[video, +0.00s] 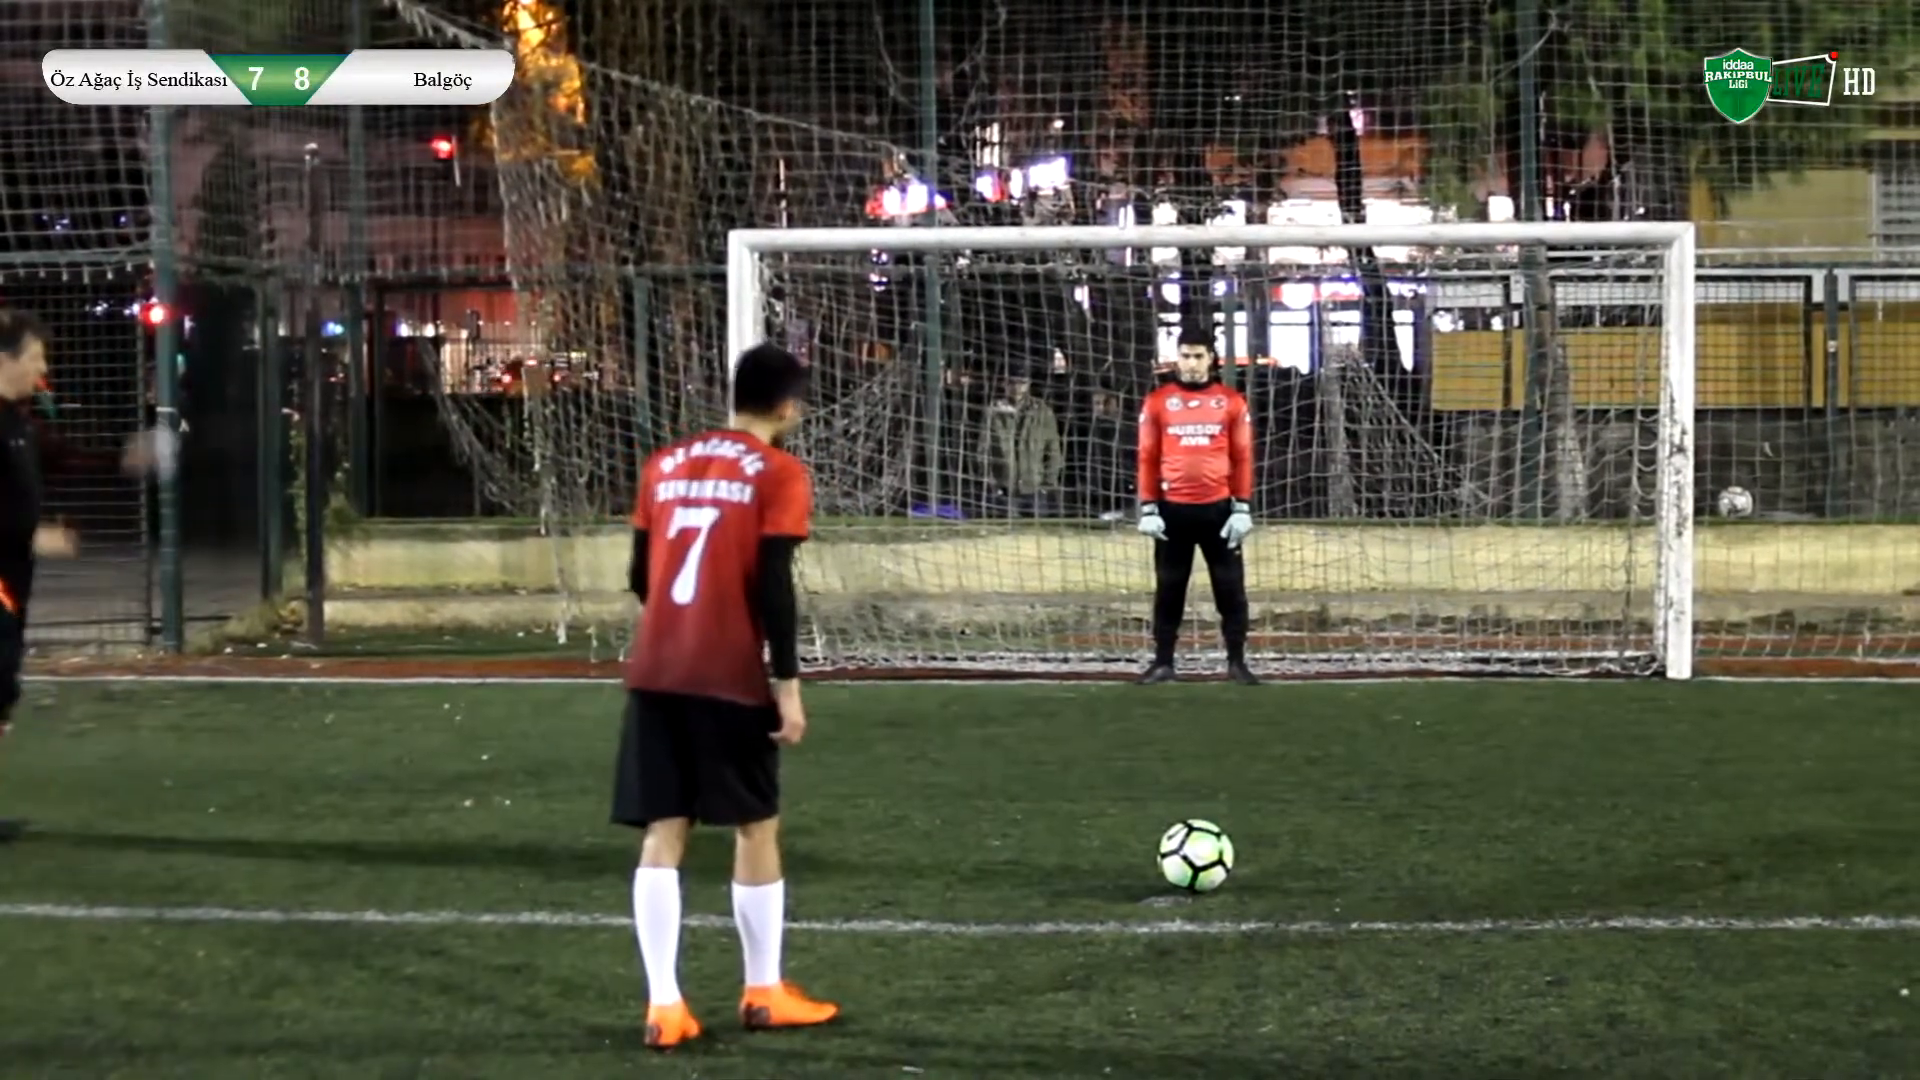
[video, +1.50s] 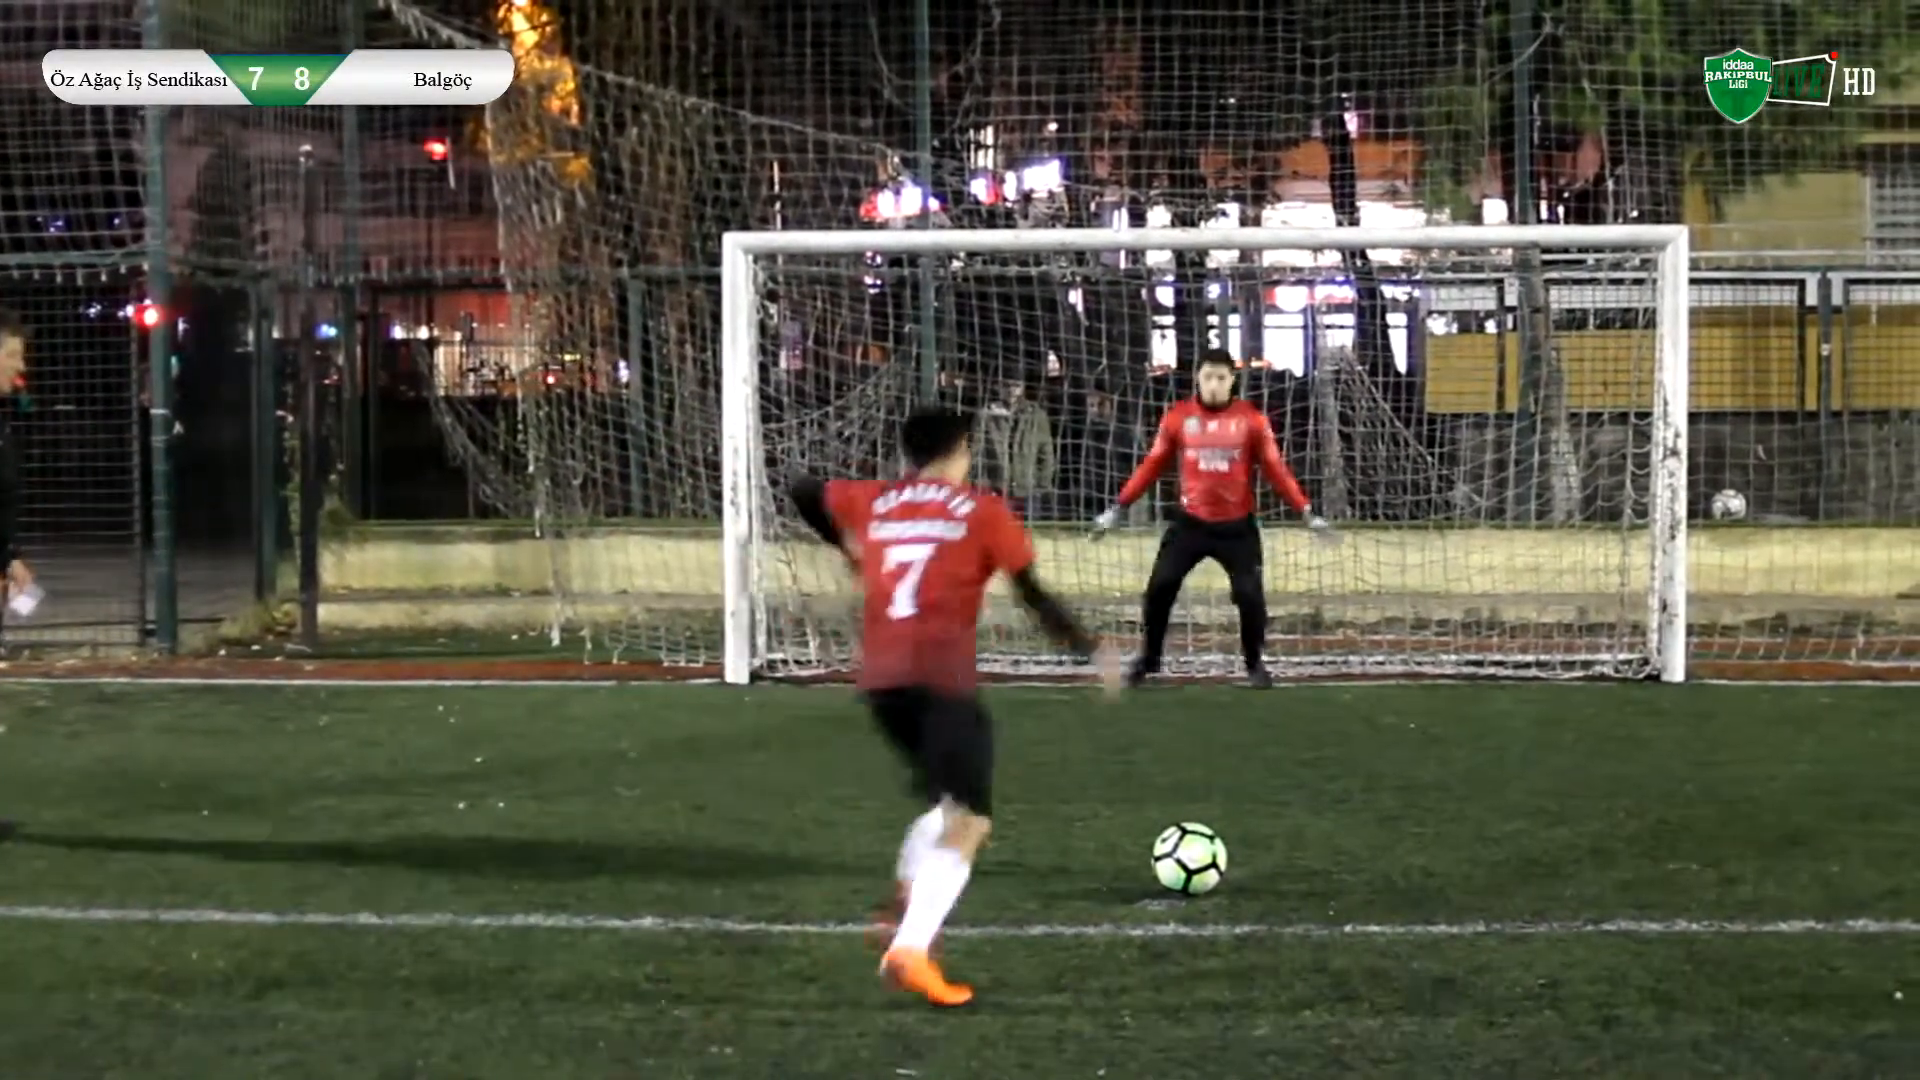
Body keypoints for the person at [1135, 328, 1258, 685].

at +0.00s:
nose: (1191, 363)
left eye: (1199, 356)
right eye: (1185, 356)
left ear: (1212, 359)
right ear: (1176, 359)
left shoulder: (1232, 402)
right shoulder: (1157, 402)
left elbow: (1243, 456)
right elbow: (1147, 456)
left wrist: (1242, 505)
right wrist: (1148, 506)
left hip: (1219, 507)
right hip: (1172, 509)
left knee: (1231, 590)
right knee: (1169, 590)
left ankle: (1236, 660)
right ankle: (1164, 660)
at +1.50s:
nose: (1215, 384)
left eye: (1222, 378)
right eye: (1209, 377)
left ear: (1232, 382)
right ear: (1197, 379)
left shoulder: (1252, 420)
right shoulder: (1178, 418)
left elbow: (1275, 467)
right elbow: (1153, 463)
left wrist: (1305, 508)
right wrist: (1119, 504)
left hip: (1237, 529)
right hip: (1190, 527)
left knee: (1251, 598)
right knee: (1159, 589)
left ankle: (1254, 664)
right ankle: (1151, 658)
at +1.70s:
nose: (1205, 433)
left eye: (1212, 425)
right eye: (1198, 425)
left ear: (1225, 427)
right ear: (1189, 428)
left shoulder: (1250, 458)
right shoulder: (1179, 461)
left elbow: (1279, 500)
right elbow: (1148, 496)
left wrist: (1309, 540)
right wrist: (1112, 524)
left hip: (1246, 546)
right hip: (1199, 546)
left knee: (1270, 593)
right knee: (1160, 602)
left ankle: (1235, 657)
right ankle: (1114, 674)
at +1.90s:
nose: (1217, 488)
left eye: (1224, 479)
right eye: (1210, 480)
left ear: (1237, 482)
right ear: (1199, 484)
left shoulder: (1255, 512)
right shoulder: (1188, 512)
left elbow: (1283, 539)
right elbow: (1157, 543)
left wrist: (1300, 564)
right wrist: (1123, 566)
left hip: (1247, 585)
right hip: (1201, 581)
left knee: (1278, 608)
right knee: (1154, 620)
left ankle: (1248, 680)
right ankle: (1104, 681)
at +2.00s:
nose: (1235, 495)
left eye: (1245, 488)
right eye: (1229, 486)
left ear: (1259, 495)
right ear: (1219, 489)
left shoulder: (1270, 524)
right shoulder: (1203, 520)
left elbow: (1296, 555)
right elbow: (1179, 548)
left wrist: (1313, 576)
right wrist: (1149, 564)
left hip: (1254, 601)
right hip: (1209, 595)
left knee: (1283, 631)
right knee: (1155, 627)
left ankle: (1240, 692)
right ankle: (1098, 687)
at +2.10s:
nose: (1282, 498)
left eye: (1291, 491)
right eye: (1275, 490)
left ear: (1303, 497)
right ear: (1262, 493)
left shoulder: (1314, 530)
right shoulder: (1242, 525)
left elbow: (1333, 585)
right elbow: (1199, 562)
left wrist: (1340, 568)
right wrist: (1222, 564)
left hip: (1272, 616)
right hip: (1229, 608)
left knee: (1300, 639)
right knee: (1180, 642)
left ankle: (1238, 694)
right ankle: (1112, 674)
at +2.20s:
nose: (1336, 508)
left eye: (1344, 502)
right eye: (1329, 498)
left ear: (1352, 508)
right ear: (1311, 499)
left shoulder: (1353, 542)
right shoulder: (1282, 529)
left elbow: (1382, 572)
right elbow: (1234, 560)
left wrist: (1397, 575)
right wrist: (1283, 552)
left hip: (1294, 623)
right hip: (1254, 614)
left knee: (1321, 664)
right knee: (1197, 648)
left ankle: (1250, 690)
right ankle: (1124, 674)